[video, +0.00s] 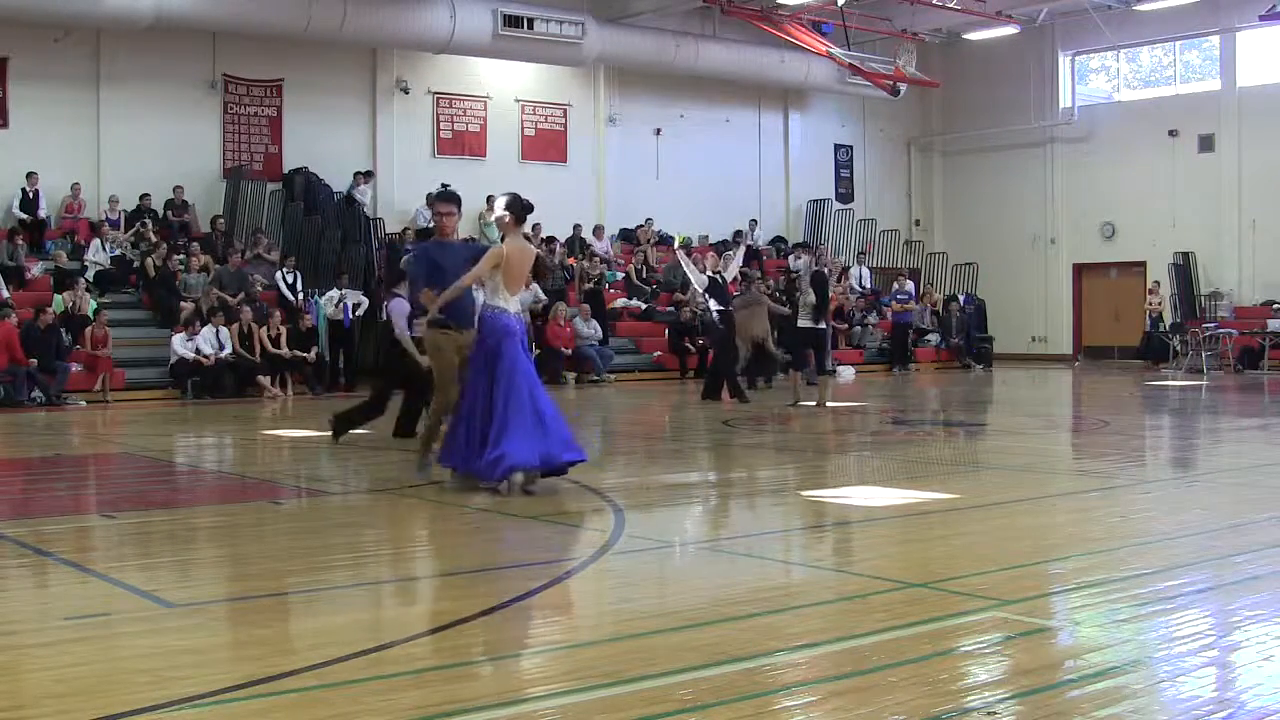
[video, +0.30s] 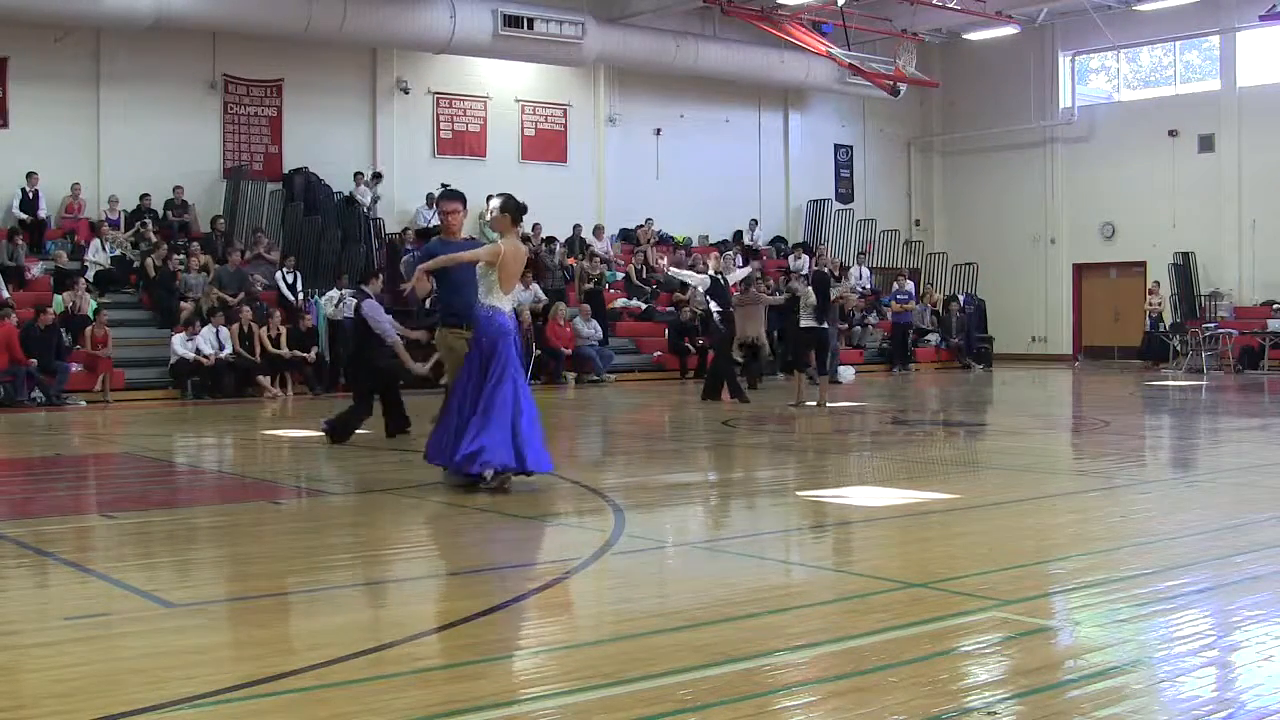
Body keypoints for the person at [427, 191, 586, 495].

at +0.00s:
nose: (492, 216)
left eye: (496, 211)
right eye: (494, 211)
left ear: (509, 217)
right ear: (519, 219)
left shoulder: (500, 251)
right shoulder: (531, 251)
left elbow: (467, 280)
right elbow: (519, 284)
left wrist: (438, 302)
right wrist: (487, 280)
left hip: (494, 321)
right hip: (516, 322)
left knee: (495, 390)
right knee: (514, 389)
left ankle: (507, 459)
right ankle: (527, 456)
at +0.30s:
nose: (490, 217)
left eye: (494, 213)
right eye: (491, 212)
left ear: (507, 218)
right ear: (514, 220)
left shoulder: (499, 248)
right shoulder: (521, 249)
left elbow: (458, 257)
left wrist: (425, 266)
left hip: (488, 320)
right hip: (505, 320)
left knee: (488, 389)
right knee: (500, 389)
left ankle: (492, 459)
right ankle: (495, 458)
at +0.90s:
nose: (486, 216)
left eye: (490, 211)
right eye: (488, 211)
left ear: (505, 216)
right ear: (511, 218)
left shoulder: (499, 249)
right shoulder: (521, 249)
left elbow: (464, 241)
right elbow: (477, 248)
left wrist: (432, 226)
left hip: (492, 321)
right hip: (510, 320)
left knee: (491, 390)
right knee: (508, 389)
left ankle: (492, 456)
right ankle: (507, 452)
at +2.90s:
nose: (494, 216)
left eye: (498, 212)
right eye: (496, 212)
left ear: (509, 219)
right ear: (520, 219)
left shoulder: (502, 250)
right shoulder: (531, 249)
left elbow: (464, 228)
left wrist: (438, 195)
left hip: (496, 322)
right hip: (517, 322)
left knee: (493, 393)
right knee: (510, 393)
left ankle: (493, 463)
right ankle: (504, 462)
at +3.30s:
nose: (499, 226)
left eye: (501, 221)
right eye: (500, 221)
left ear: (513, 222)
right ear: (520, 223)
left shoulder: (505, 251)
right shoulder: (535, 252)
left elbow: (467, 246)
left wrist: (438, 233)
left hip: (499, 325)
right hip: (520, 325)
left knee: (489, 391)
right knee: (512, 394)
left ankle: (485, 461)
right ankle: (506, 461)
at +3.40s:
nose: (496, 227)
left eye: (500, 222)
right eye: (498, 221)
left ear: (512, 224)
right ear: (521, 224)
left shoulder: (503, 253)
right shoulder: (533, 252)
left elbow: (456, 259)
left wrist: (427, 245)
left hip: (500, 328)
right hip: (520, 328)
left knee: (463, 382)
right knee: (510, 394)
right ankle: (505, 460)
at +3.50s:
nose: (494, 231)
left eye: (497, 225)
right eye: (495, 225)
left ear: (509, 227)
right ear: (514, 227)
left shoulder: (503, 257)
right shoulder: (528, 254)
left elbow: (457, 274)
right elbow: (520, 285)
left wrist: (430, 251)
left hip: (500, 330)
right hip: (518, 328)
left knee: (460, 381)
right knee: (512, 394)